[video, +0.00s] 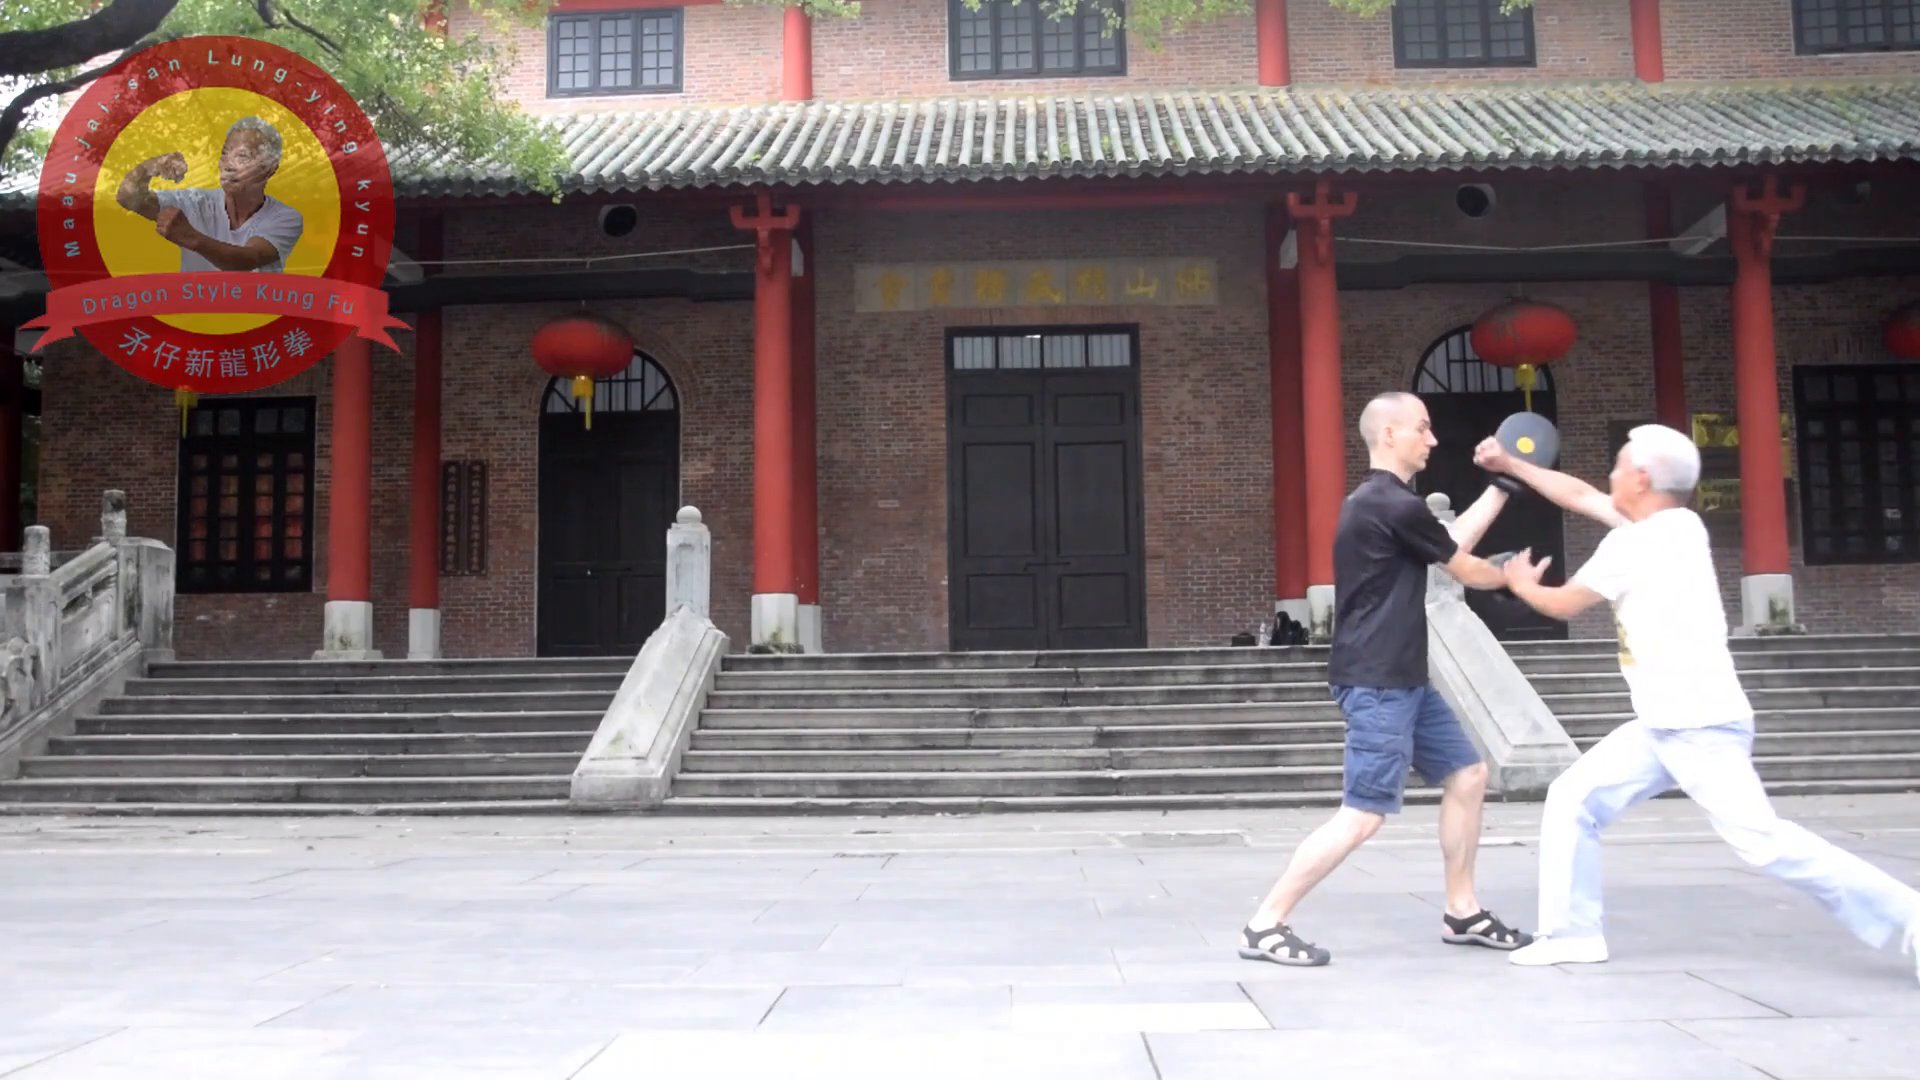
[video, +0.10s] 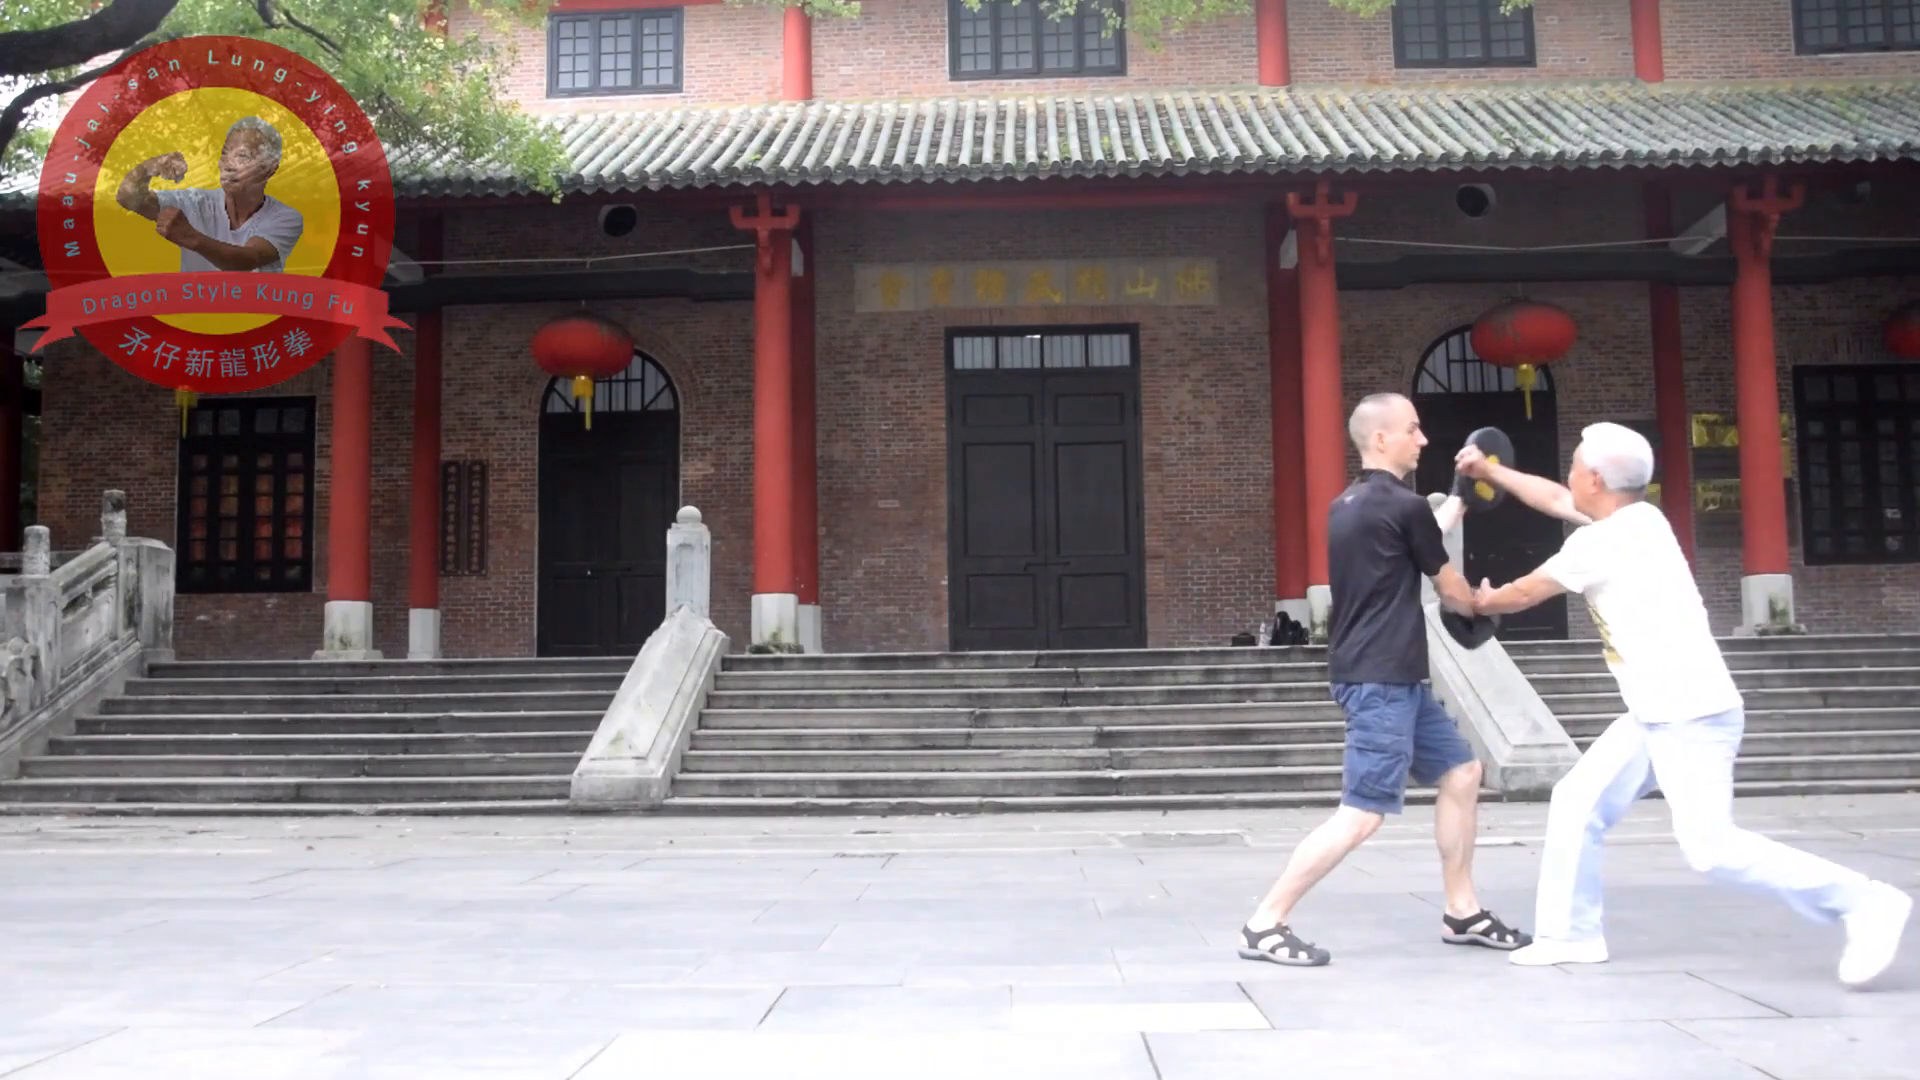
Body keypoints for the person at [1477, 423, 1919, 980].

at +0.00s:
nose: (1612, 472)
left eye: (1620, 466)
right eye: (1618, 463)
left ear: (1643, 482)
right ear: (1654, 483)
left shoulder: (1637, 541)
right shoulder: (1678, 526)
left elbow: (1565, 604)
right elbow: (1582, 495)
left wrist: (1524, 586)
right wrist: (1512, 463)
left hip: (1696, 722)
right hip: (1669, 720)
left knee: (1759, 841)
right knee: (1571, 798)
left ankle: (1906, 917)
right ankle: (1572, 935)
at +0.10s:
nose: (1568, 474)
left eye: (1575, 466)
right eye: (1574, 465)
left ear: (1594, 481)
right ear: (1620, 479)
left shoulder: (1604, 540)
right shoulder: (1641, 518)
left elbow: (1524, 593)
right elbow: (1557, 498)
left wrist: (1480, 602)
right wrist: (1489, 469)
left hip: (1691, 715)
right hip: (1657, 712)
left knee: (1708, 847)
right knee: (1574, 803)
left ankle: (1868, 903)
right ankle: (1572, 935)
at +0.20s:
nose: (1555, 472)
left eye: (1559, 463)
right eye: (1558, 462)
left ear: (1579, 473)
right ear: (1604, 473)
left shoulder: (1602, 530)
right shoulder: (1626, 511)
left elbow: (1528, 597)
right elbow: (1536, 508)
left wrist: (1488, 591)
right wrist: (1474, 483)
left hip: (1689, 701)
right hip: (1657, 701)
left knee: (1663, 833)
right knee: (1583, 804)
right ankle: (1573, 937)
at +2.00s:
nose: (1491, 480)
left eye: (1497, 467)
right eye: (1492, 467)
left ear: (1532, 468)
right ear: (1545, 471)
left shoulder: (1523, 524)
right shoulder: (1591, 518)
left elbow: (1451, 591)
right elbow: (1496, 526)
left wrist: (1404, 576)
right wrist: (1429, 505)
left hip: (1595, 709)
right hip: (1609, 703)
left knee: (1620, 853)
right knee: (1495, 791)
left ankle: (1735, 960)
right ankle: (1538, 924)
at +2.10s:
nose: (1467, 481)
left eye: (1472, 469)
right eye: (1468, 470)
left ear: (1506, 474)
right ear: (1526, 476)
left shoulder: (1492, 527)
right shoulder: (1578, 521)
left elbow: (1405, 582)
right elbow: (1515, 510)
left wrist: (1377, 560)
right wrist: (1452, 506)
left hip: (1554, 726)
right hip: (1574, 717)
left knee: (1603, 852)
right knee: (1442, 784)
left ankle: (1728, 953)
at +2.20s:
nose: (1426, 485)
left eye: (1433, 474)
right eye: (1429, 472)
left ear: (1467, 482)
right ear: (1485, 481)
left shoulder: (1441, 534)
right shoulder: (1531, 531)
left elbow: (1342, 553)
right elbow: (1551, 501)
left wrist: (1276, 536)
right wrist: (1508, 470)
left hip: (1503, 735)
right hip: (1493, 732)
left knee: (1581, 850)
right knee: (1389, 811)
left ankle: (1720, 942)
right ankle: (1318, 924)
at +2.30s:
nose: (1389, 483)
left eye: (1399, 475)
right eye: (1394, 473)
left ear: (1431, 490)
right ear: (1440, 488)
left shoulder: (1430, 550)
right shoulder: (1456, 537)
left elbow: (1334, 592)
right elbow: (1438, 491)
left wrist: (1245, 595)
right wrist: (1479, 469)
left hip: (1457, 738)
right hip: (1423, 735)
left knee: (1531, 841)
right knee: (1321, 803)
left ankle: (1678, 928)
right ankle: (1302, 937)